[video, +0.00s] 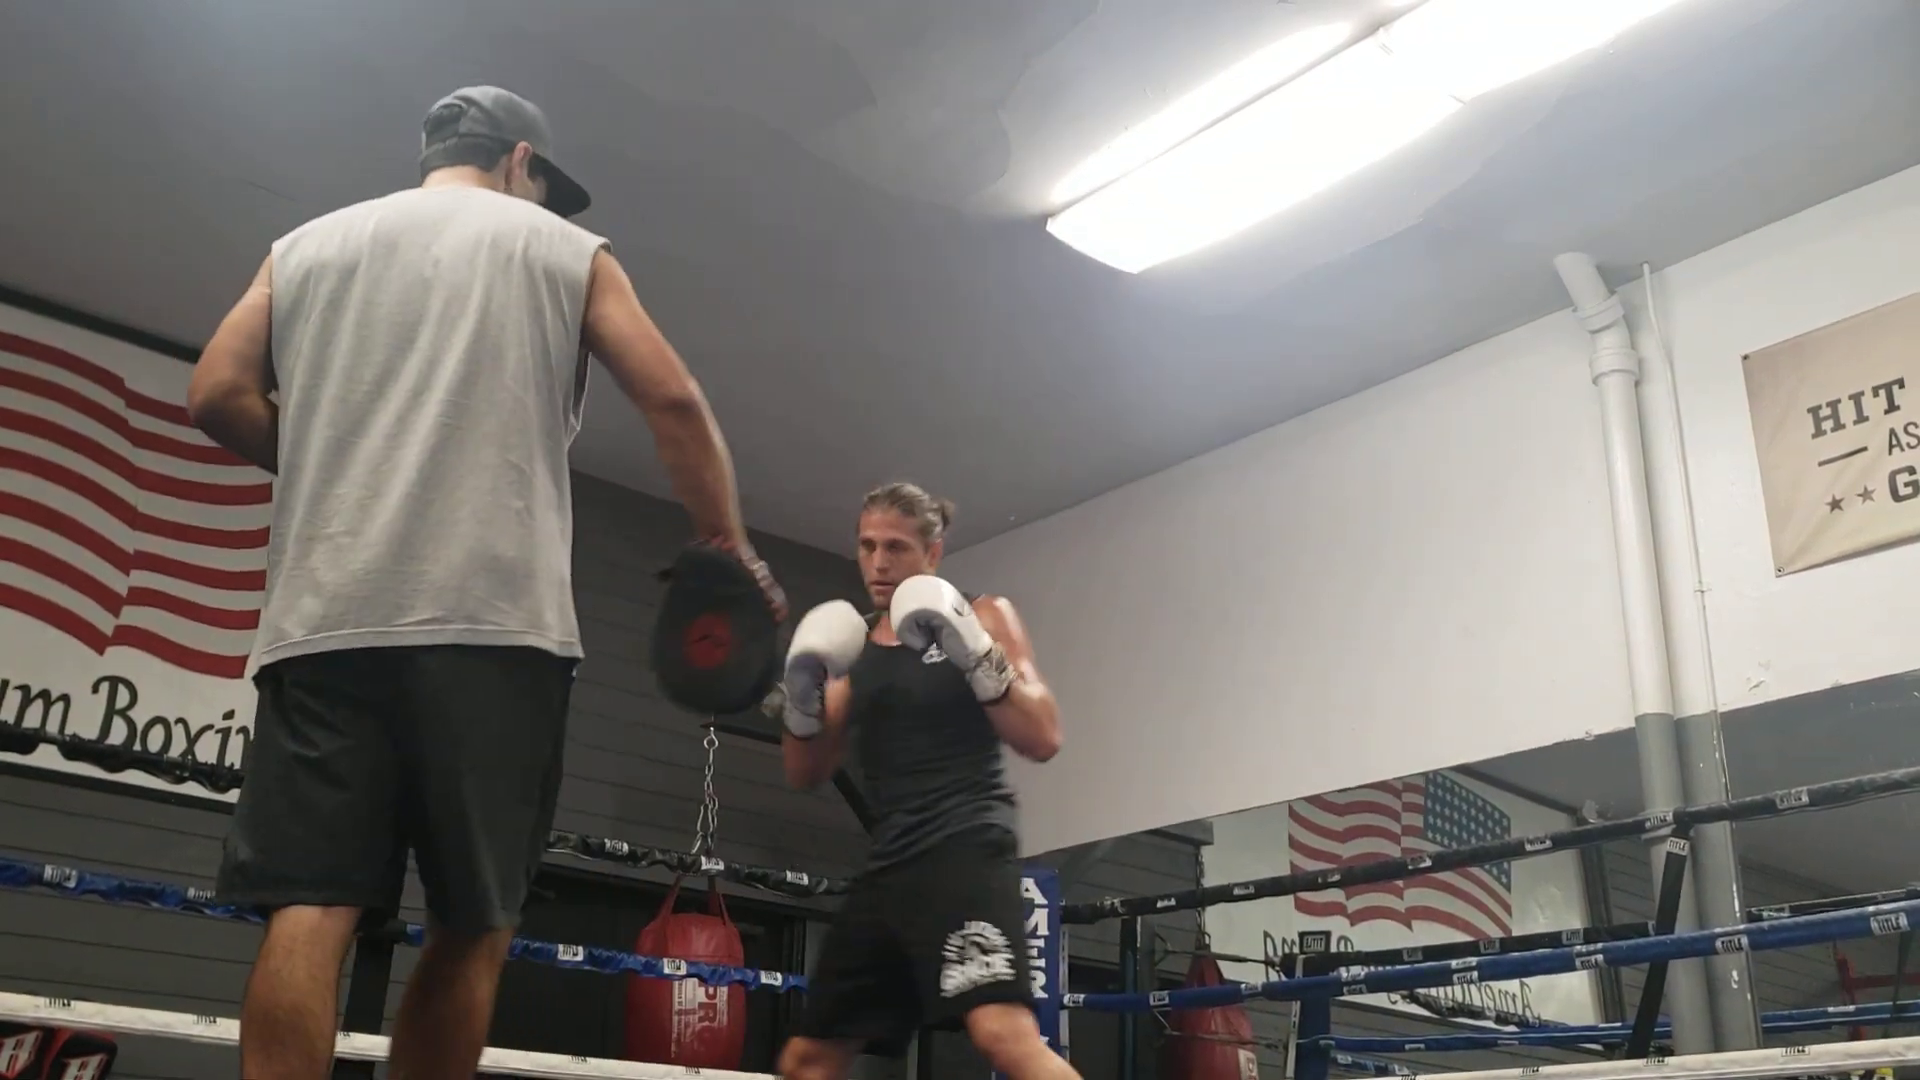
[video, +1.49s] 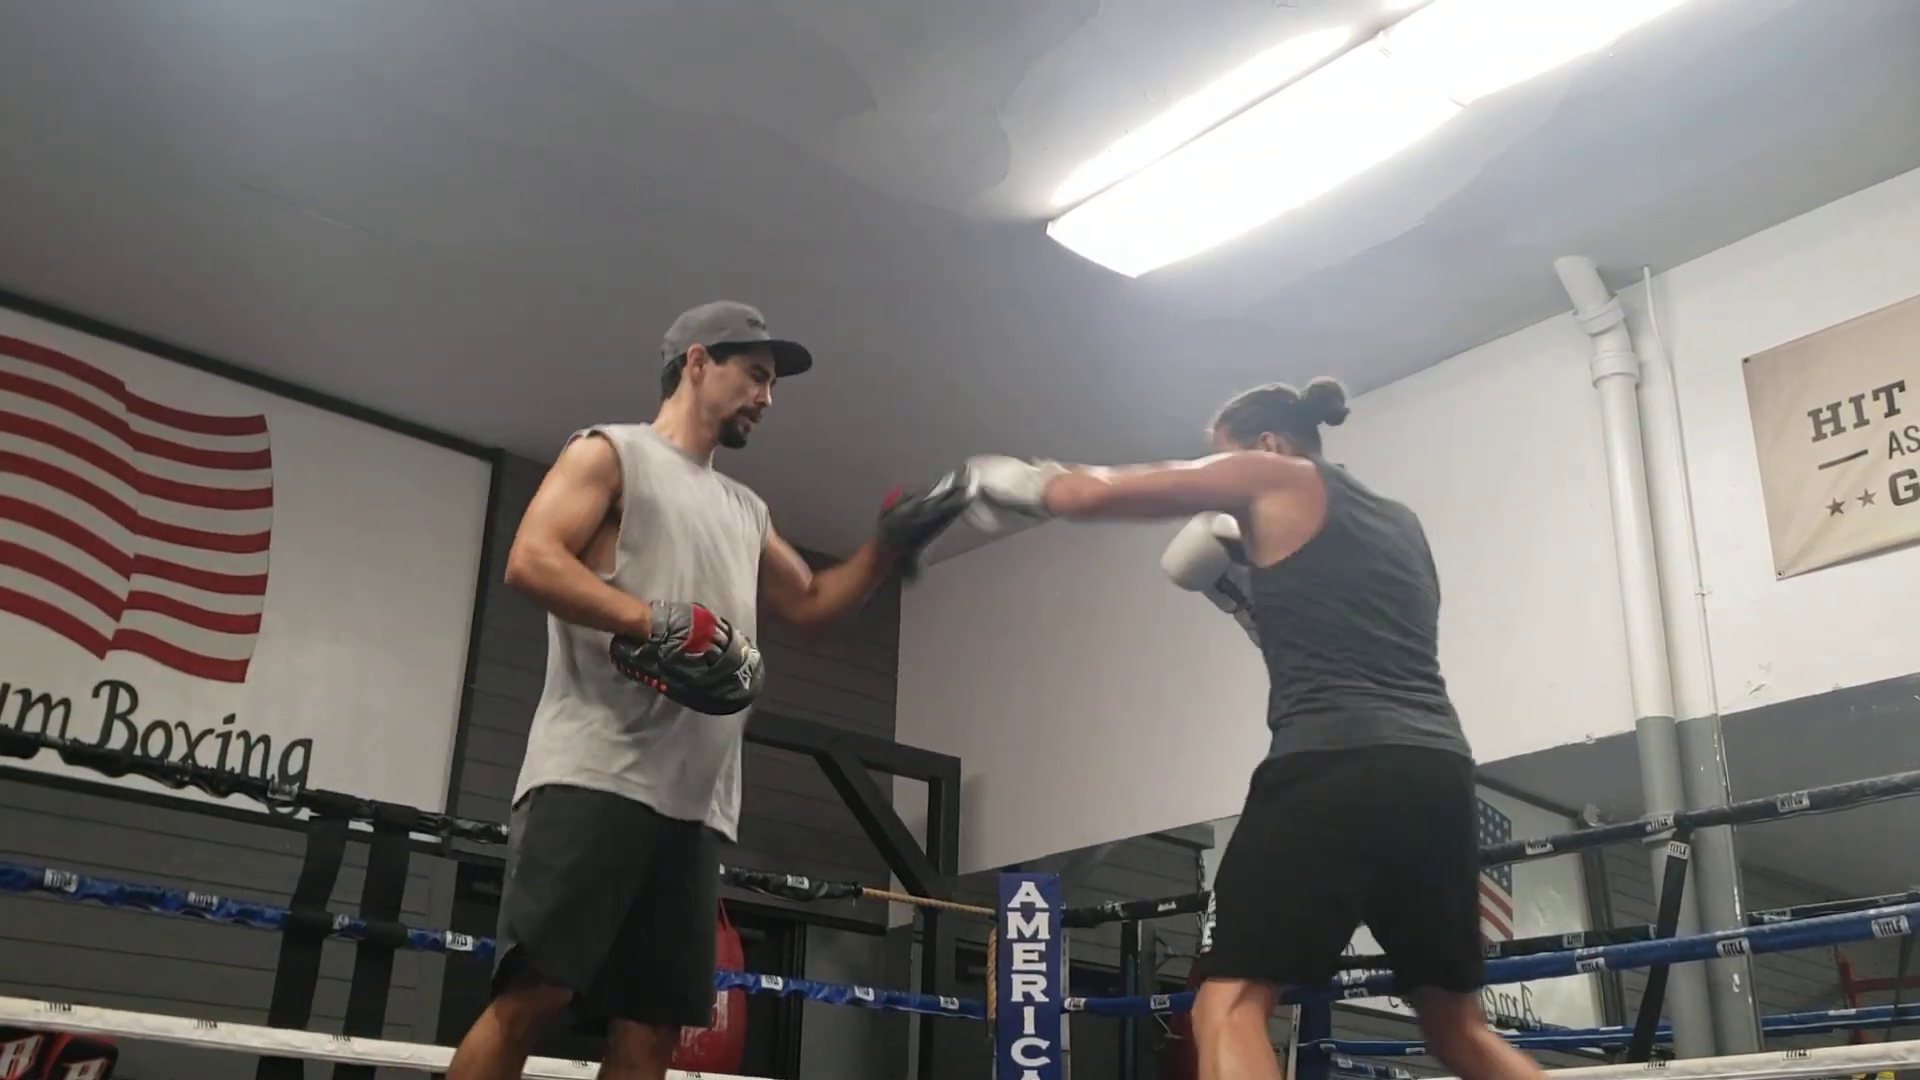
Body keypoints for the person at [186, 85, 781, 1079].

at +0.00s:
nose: (545, 203)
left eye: (546, 190)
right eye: (546, 186)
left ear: (424, 161)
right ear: (517, 163)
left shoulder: (308, 245)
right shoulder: (560, 249)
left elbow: (217, 391)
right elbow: (675, 399)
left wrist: (322, 455)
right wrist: (728, 544)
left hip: (326, 617)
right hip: (498, 626)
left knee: (311, 906)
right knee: (473, 927)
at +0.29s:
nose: (608, 257)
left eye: (614, 234)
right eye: (609, 227)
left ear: (495, 197)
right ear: (572, 200)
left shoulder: (360, 290)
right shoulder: (576, 302)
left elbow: (273, 451)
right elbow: (585, 445)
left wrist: (391, 457)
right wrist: (598, 628)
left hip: (303, 643)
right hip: (460, 665)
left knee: (296, 929)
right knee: (428, 963)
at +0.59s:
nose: (627, 259)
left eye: (633, 238)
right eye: (624, 231)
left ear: (525, 213)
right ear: (578, 206)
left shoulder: (434, 323)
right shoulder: (564, 297)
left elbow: (461, 491)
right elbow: (578, 449)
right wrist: (645, 620)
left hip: (386, 686)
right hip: (483, 687)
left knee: (352, 979)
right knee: (429, 970)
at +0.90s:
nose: (655, 295)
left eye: (662, 275)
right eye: (652, 266)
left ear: (598, 250)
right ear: (603, 243)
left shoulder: (554, 362)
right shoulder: (543, 329)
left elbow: (588, 557)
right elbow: (532, 463)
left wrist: (687, 478)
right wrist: (652, 594)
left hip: (548, 706)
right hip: (515, 699)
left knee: (561, 985)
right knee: (460, 965)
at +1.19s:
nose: (716, 360)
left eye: (720, 343)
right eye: (708, 335)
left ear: (663, 326)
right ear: (657, 317)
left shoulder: (641, 465)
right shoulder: (587, 405)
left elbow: (719, 580)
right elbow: (557, 519)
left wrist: (773, 491)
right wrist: (686, 627)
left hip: (653, 760)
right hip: (591, 745)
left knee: (650, 1014)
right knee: (527, 981)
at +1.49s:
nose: (765, 398)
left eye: (772, 384)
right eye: (754, 373)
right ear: (697, 361)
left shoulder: (747, 512)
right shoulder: (606, 453)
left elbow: (810, 604)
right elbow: (533, 560)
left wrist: (891, 544)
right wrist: (657, 625)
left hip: (693, 800)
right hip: (592, 775)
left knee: (649, 1031)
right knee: (531, 997)